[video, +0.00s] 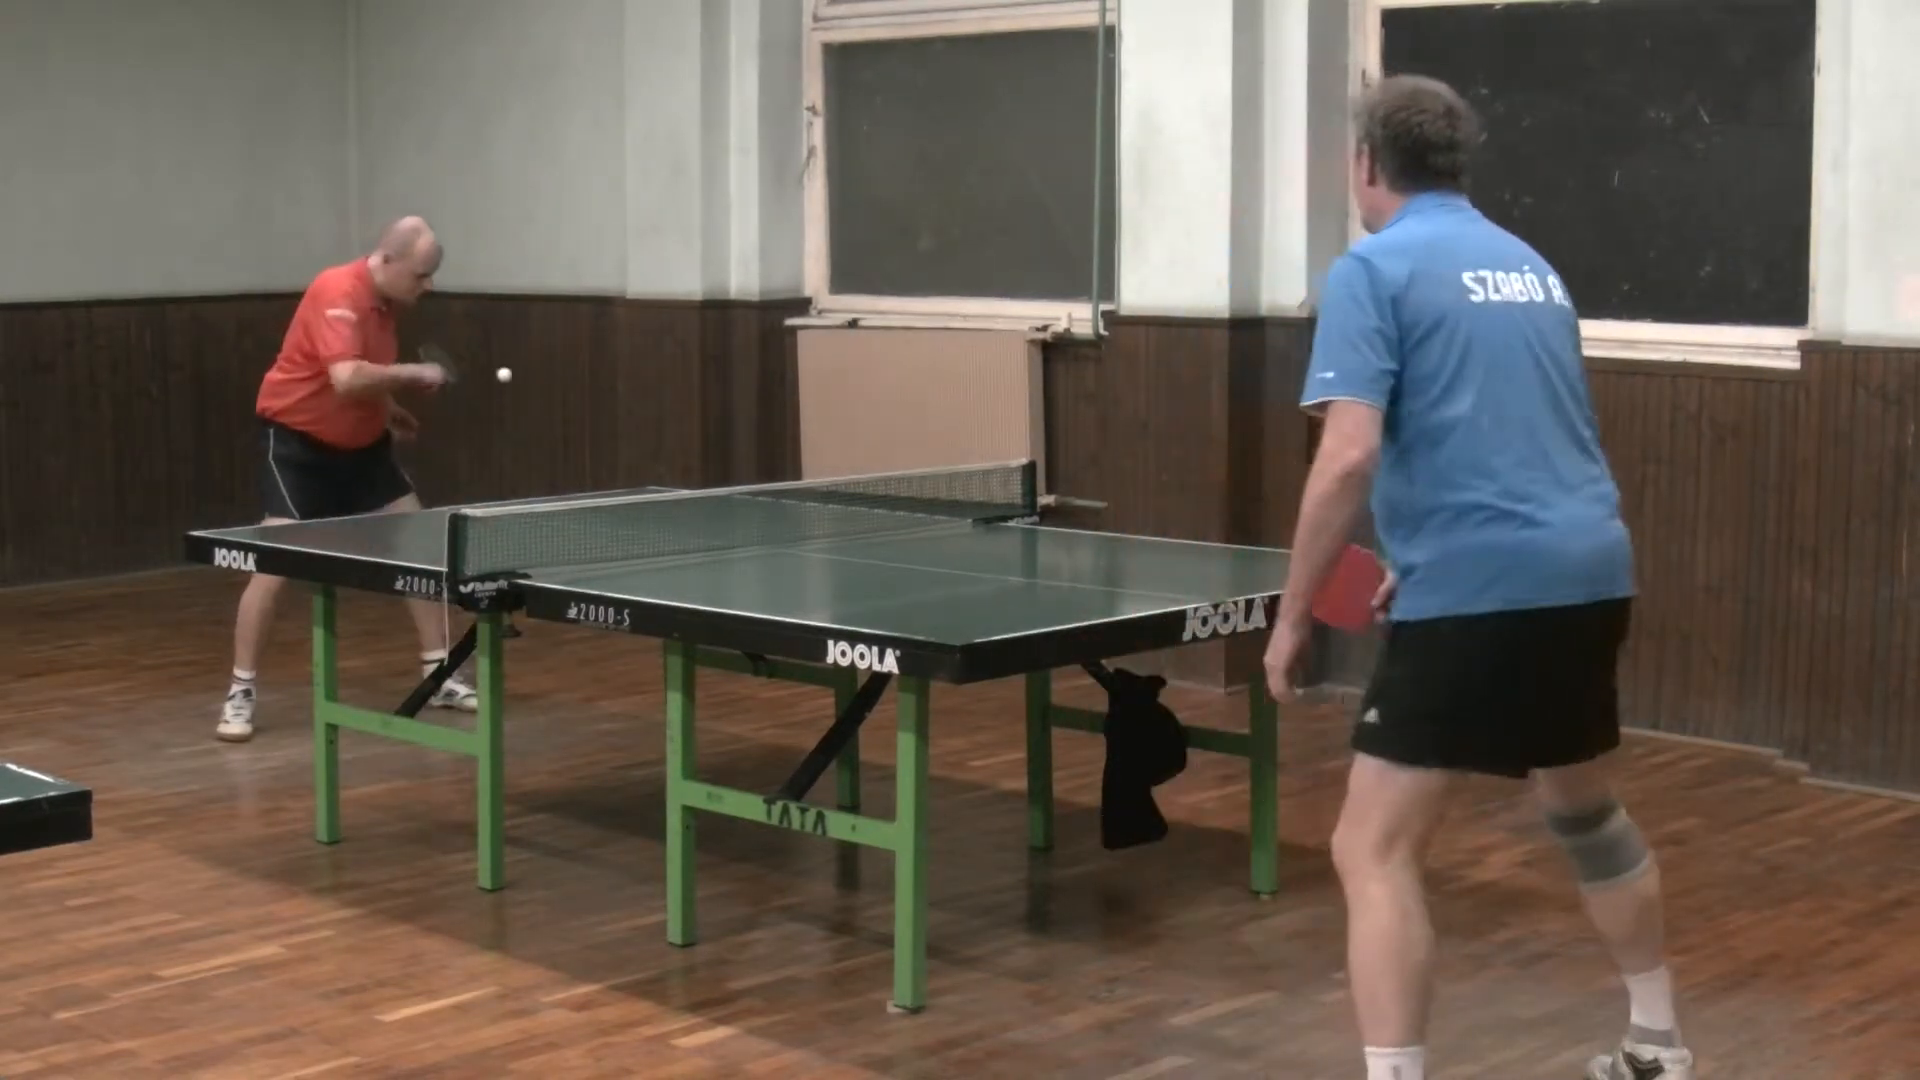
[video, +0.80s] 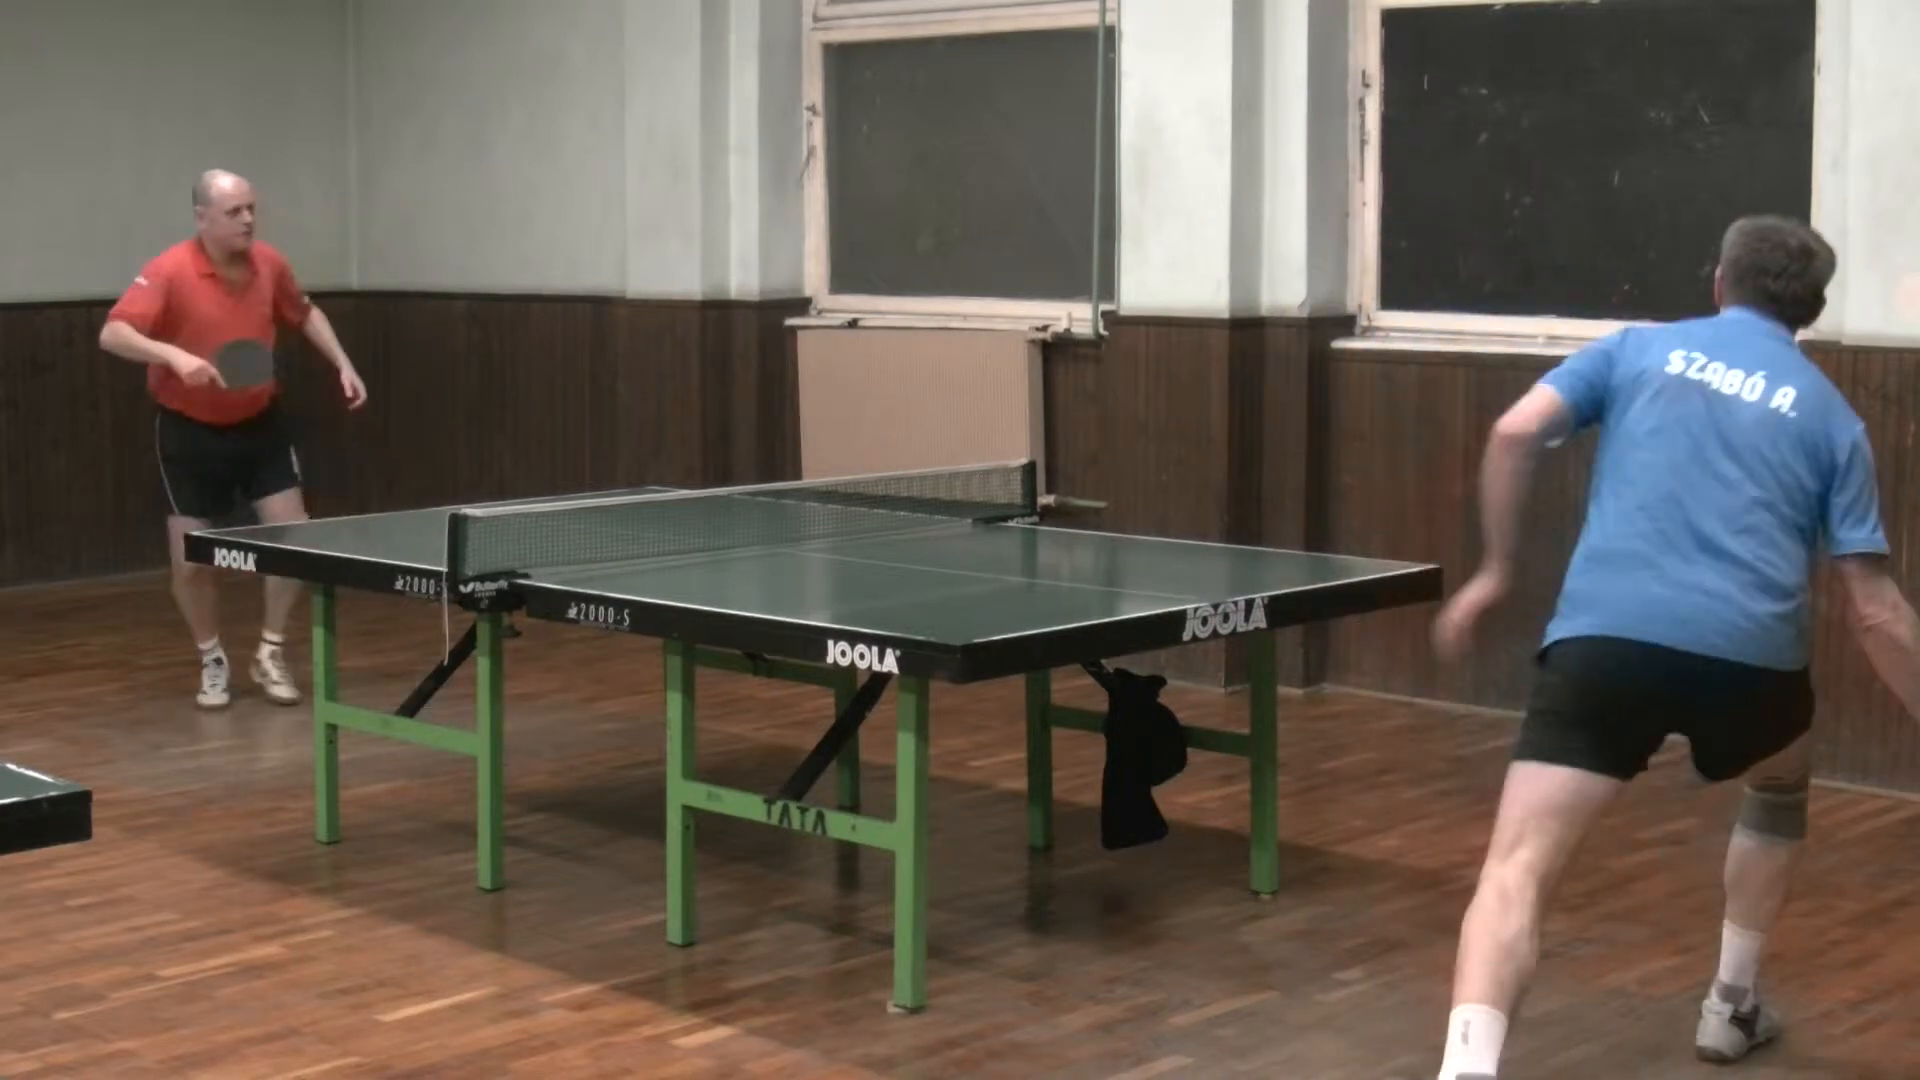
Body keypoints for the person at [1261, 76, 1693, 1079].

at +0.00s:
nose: (1352, 183)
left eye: (1351, 167)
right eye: (1356, 167)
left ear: (1368, 168)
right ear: (1456, 167)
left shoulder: (1369, 268)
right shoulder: (1529, 263)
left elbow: (1349, 456)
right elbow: (1538, 439)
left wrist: (1291, 616)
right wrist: (1425, 557)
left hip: (1468, 594)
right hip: (1592, 580)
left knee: (1373, 848)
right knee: (1586, 810)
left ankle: (1394, 1070)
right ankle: (1659, 1042)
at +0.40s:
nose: (1422, 250)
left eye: (1422, 236)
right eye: (1422, 236)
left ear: (1438, 240)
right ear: (1530, 229)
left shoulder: (1434, 329)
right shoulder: (1610, 309)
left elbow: (1422, 524)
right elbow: (1651, 463)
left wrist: (1426, 671)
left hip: (1580, 619)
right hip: (1710, 598)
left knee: (1442, 877)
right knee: (1663, 791)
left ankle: (1493, 1070)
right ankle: (1702, 1024)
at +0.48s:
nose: (1481, 259)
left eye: (1484, 247)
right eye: (1485, 246)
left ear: (1500, 254)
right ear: (1589, 252)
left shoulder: (1468, 344)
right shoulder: (1660, 343)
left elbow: (1419, 549)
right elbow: (1725, 514)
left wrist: (1441, 681)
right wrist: (1709, 633)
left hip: (1555, 652)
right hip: (1695, 639)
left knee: (1414, 888)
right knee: (1684, 812)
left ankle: (1478, 1071)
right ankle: (1716, 1013)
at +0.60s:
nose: (1607, 293)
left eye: (1609, 282)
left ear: (1614, 290)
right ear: (1708, 306)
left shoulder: (1543, 364)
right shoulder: (1752, 417)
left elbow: (1414, 516)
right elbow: (1799, 614)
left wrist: (1404, 639)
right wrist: (1807, 734)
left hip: (1538, 671)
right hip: (1681, 685)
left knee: (1418, 905)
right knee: (1696, 813)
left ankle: (1473, 1071)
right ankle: (1719, 1009)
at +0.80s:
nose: (1712, 281)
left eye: (1715, 270)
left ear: (1717, 284)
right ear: (1810, 310)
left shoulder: (1635, 348)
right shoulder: (1833, 420)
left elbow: (1515, 430)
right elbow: (1877, 608)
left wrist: (1496, 565)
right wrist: (1919, 710)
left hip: (1605, 640)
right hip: (1747, 661)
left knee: (1517, 870)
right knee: (1775, 787)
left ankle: (1467, 1068)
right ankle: (1730, 1005)